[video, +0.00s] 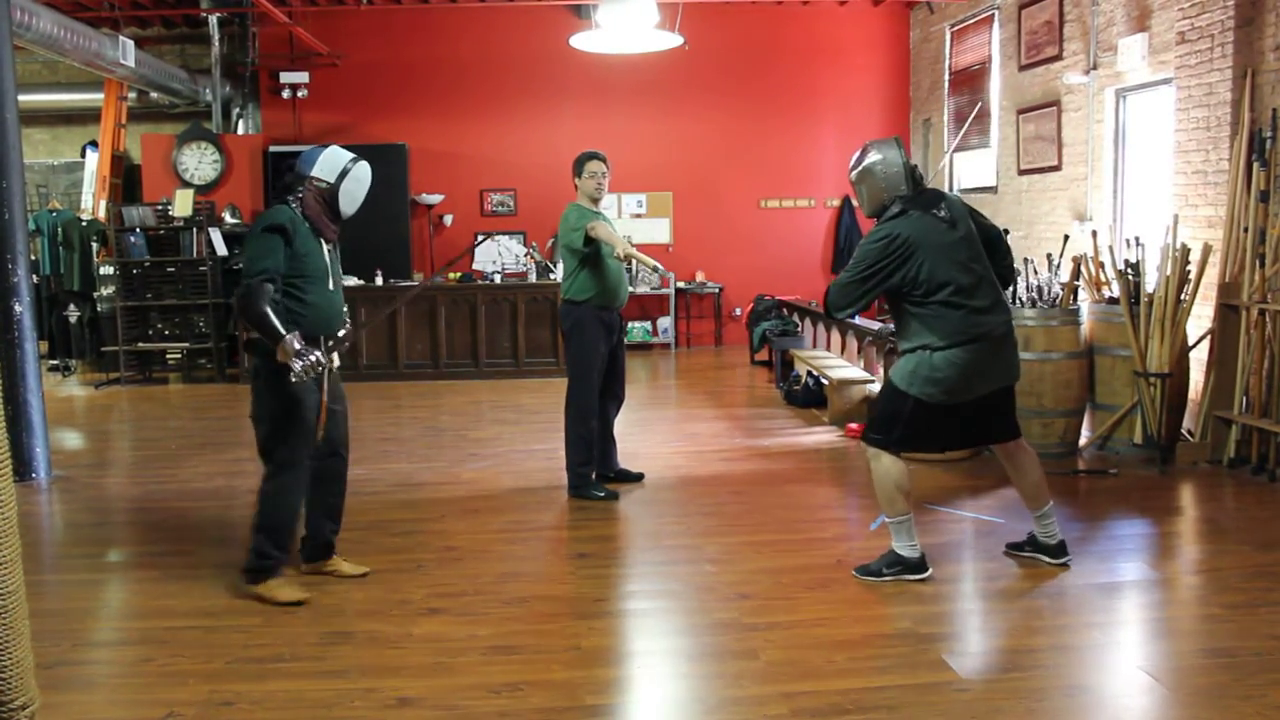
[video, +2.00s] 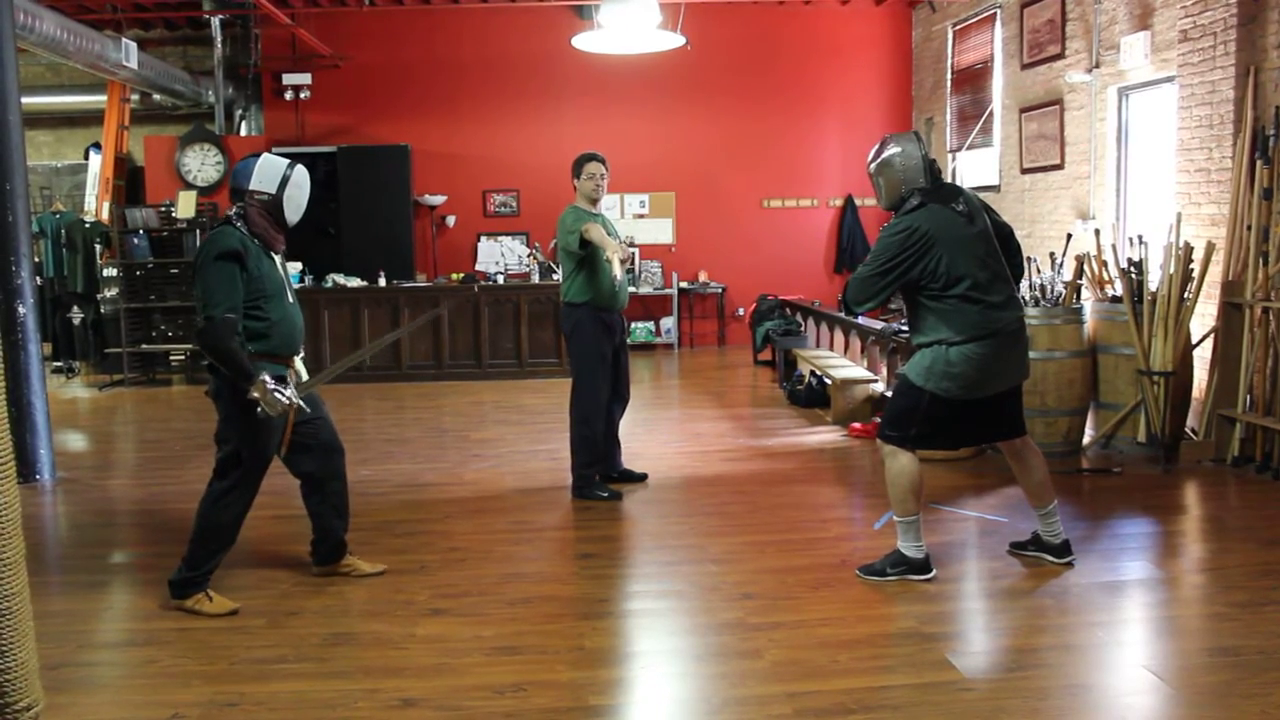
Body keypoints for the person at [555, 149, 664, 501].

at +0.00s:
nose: (601, 181)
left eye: (605, 176)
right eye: (593, 175)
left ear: (608, 181)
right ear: (577, 181)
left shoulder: (603, 218)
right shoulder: (574, 213)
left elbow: (615, 251)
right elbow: (595, 229)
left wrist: (633, 257)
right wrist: (620, 245)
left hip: (609, 316)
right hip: (584, 316)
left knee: (610, 395)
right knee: (583, 398)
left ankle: (606, 466)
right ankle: (580, 480)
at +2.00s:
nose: (597, 182)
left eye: (602, 176)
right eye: (590, 176)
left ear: (607, 182)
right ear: (576, 182)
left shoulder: (604, 221)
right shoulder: (572, 215)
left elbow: (618, 253)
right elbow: (591, 232)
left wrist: (625, 254)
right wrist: (613, 248)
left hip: (610, 315)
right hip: (585, 316)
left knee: (615, 394)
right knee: (590, 396)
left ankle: (609, 467)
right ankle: (584, 480)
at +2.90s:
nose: (597, 187)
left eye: (601, 181)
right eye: (589, 181)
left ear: (605, 187)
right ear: (574, 187)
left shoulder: (604, 226)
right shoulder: (570, 221)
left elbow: (614, 256)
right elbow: (590, 237)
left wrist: (622, 257)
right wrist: (613, 253)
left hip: (611, 320)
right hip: (585, 322)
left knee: (621, 398)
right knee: (596, 400)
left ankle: (609, 469)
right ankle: (586, 482)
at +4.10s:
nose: (590, 185)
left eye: (594, 181)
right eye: (584, 180)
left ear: (600, 190)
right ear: (570, 187)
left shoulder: (607, 232)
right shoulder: (550, 221)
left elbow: (626, 273)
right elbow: (514, 227)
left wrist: (653, 309)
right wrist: (501, 203)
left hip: (598, 318)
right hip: (561, 316)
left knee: (602, 391)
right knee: (555, 386)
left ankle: (597, 463)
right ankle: (544, 436)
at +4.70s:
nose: (561, 188)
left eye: (565, 183)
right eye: (555, 184)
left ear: (573, 189)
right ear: (545, 191)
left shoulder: (588, 229)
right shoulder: (531, 228)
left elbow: (610, 270)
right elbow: (501, 262)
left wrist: (628, 311)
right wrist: (473, 289)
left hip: (576, 312)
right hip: (539, 312)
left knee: (585, 380)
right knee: (543, 383)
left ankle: (580, 434)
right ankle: (550, 446)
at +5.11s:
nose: (567, 194)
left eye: (572, 189)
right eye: (562, 190)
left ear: (580, 194)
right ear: (554, 195)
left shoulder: (591, 233)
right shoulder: (537, 228)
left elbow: (611, 274)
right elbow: (506, 262)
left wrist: (627, 313)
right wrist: (480, 294)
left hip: (576, 310)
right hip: (540, 309)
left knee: (579, 372)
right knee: (543, 374)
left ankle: (573, 426)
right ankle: (546, 435)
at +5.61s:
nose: (549, 187)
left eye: (553, 182)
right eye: (543, 183)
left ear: (562, 186)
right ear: (535, 188)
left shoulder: (574, 225)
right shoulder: (523, 222)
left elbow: (598, 265)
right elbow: (495, 256)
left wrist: (614, 303)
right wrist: (468, 289)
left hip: (560, 298)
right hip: (526, 297)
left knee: (568, 360)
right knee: (514, 358)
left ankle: (571, 423)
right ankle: (500, 421)